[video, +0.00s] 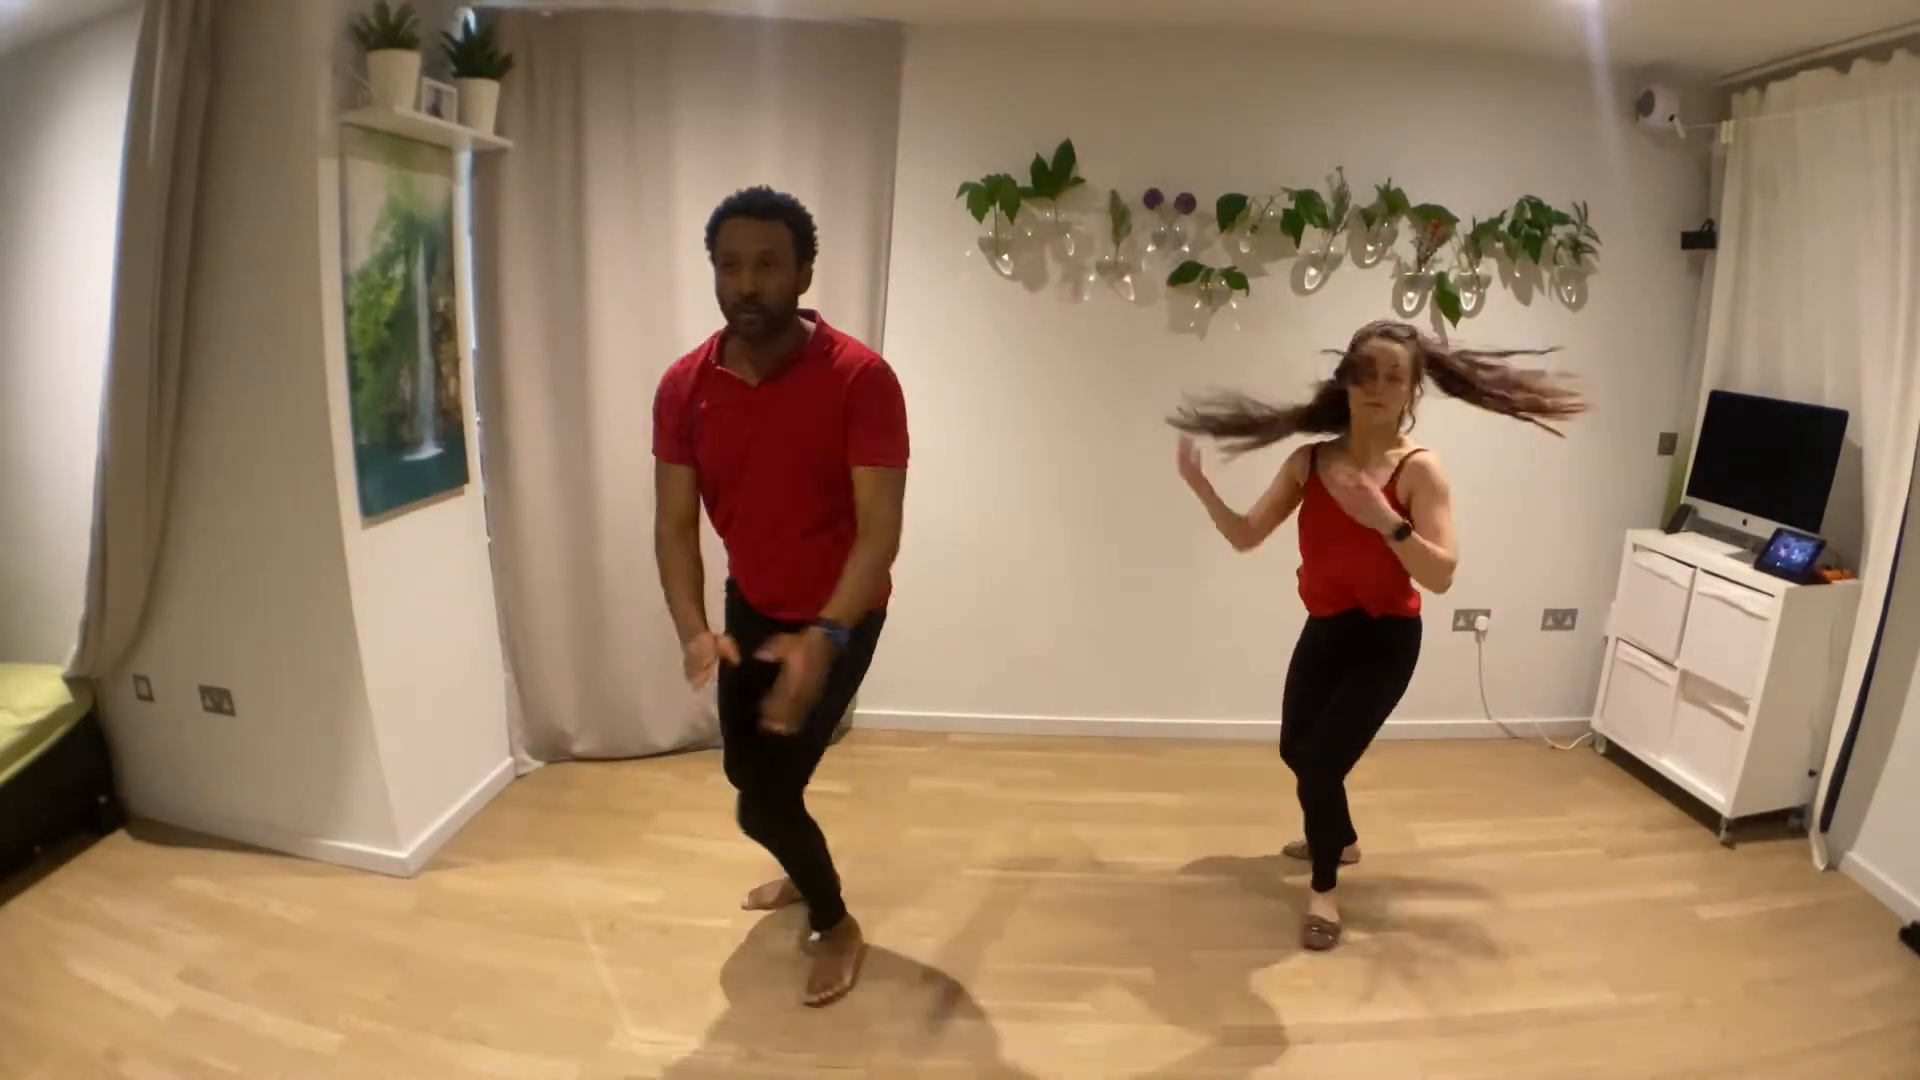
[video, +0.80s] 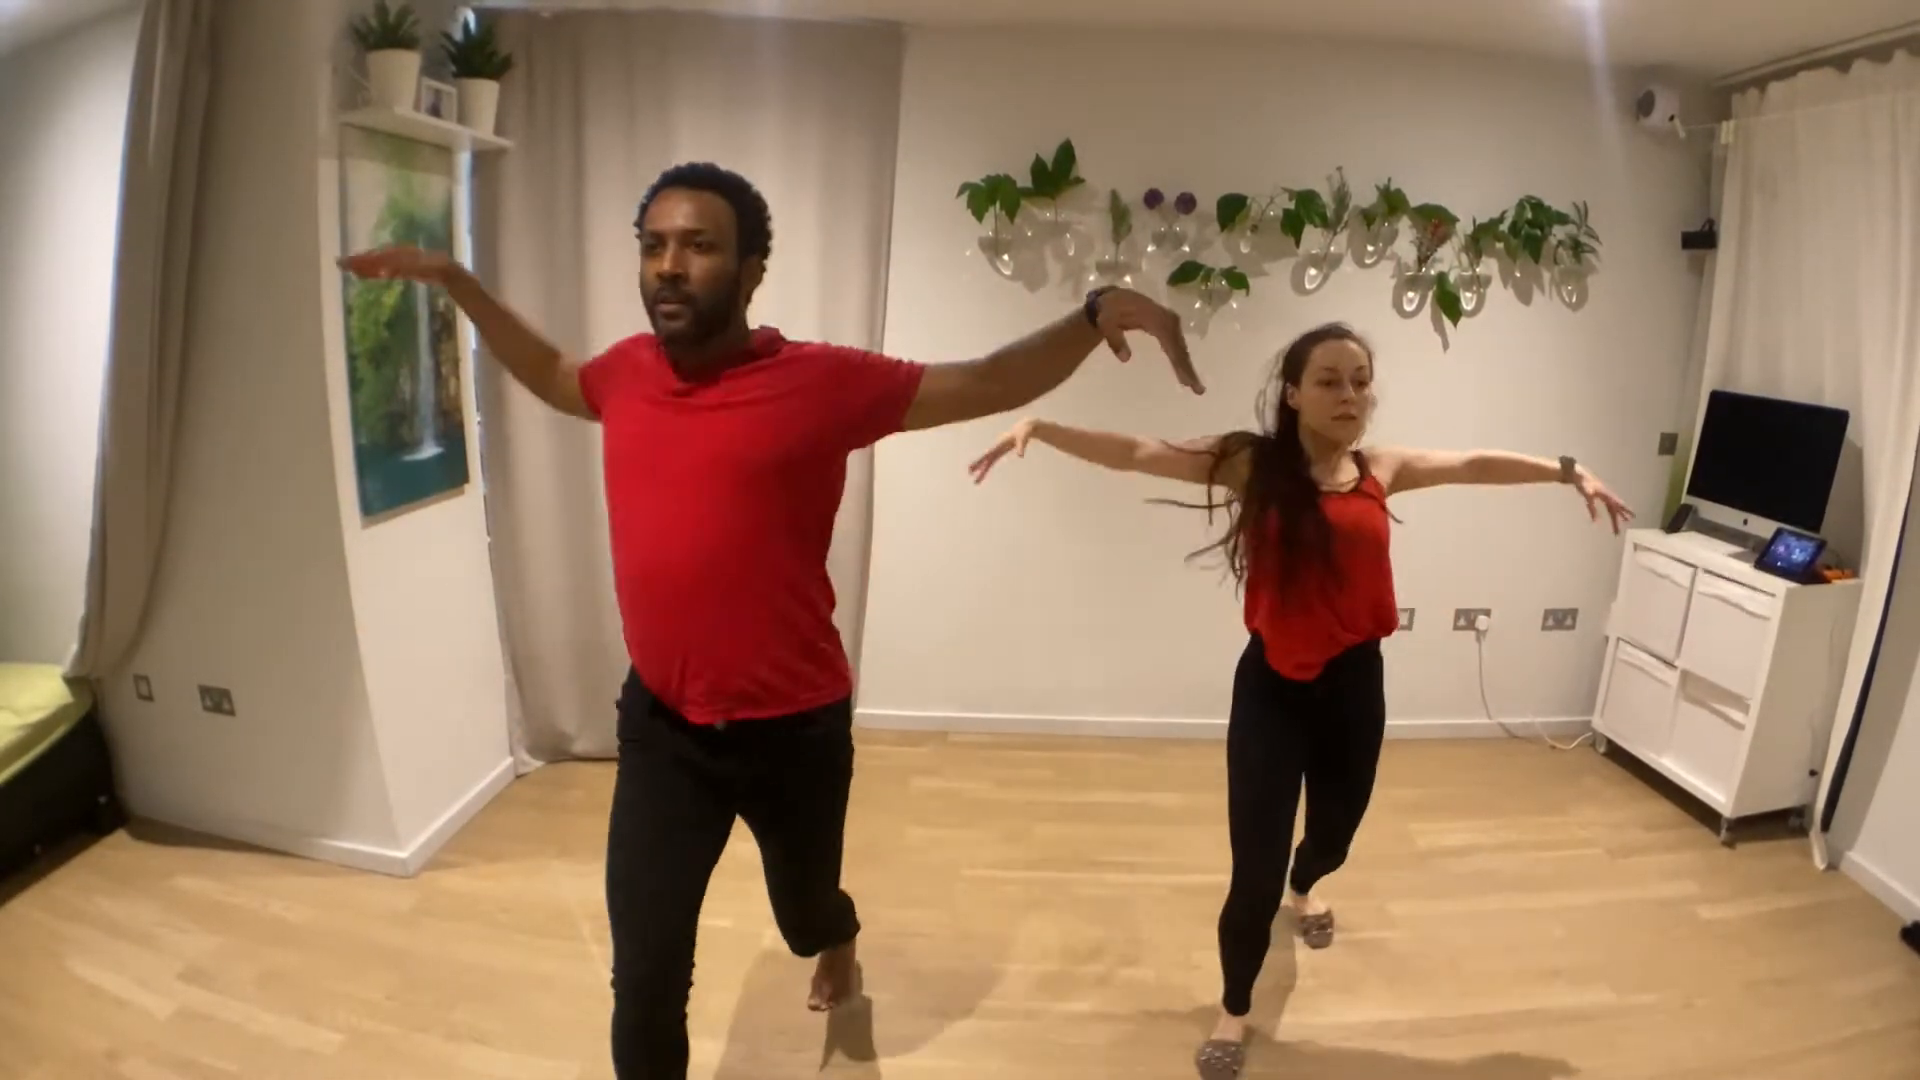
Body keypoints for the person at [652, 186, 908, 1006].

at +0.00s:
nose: (745, 285)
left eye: (768, 266)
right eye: (730, 265)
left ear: (805, 275)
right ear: (712, 273)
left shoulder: (859, 379)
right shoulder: (687, 386)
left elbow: (879, 533)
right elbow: (677, 525)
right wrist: (695, 628)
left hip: (843, 610)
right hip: (754, 601)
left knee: (767, 806)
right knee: (752, 772)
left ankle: (834, 929)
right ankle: (806, 870)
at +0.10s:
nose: (755, 274)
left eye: (777, 255)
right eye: (740, 254)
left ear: (818, 266)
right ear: (724, 264)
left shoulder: (869, 383)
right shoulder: (694, 381)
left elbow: (904, 524)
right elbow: (673, 525)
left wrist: (907, 662)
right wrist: (667, 672)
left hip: (845, 612)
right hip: (748, 602)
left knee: (800, 795)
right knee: (746, 780)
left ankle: (844, 927)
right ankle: (796, 850)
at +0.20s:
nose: (754, 270)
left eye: (778, 252)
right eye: (741, 250)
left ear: (822, 266)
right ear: (726, 260)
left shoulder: (876, 379)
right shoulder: (696, 378)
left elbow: (951, 515)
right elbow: (619, 503)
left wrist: (987, 653)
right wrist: (576, 637)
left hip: (849, 614)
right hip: (750, 606)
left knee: (809, 805)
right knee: (727, 806)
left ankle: (846, 938)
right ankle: (770, 925)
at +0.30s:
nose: (747, 271)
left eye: (771, 253)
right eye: (733, 252)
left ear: (816, 269)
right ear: (718, 263)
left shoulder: (877, 376)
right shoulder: (687, 369)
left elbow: (1009, 468)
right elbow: (557, 434)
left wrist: (1065, 584)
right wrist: (487, 531)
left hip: (852, 625)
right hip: (749, 620)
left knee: (819, 818)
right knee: (729, 831)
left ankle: (849, 940)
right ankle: (715, 1043)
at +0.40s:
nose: (737, 273)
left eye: (761, 255)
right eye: (723, 253)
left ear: (808, 273)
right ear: (708, 266)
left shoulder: (875, 367)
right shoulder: (676, 358)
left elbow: (1021, 396)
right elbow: (543, 351)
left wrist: (1109, 472)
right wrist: (439, 408)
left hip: (853, 637)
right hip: (744, 630)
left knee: (822, 826)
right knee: (720, 847)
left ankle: (849, 939)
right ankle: (689, 1067)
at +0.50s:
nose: (729, 270)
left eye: (753, 253)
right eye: (715, 251)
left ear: (800, 271)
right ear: (696, 262)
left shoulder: (867, 356)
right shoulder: (670, 340)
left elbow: (1009, 350)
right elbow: (557, 303)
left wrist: (1117, 364)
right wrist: (432, 317)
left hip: (845, 645)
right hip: (733, 638)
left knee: (818, 842)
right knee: (705, 862)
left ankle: (843, 939)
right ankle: (693, 1073)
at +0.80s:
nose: (666, 267)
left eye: (696, 246)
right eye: (652, 245)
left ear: (752, 269)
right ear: (636, 259)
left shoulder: (817, 383)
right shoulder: (622, 376)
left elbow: (984, 384)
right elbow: (552, 376)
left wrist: (1097, 316)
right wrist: (452, 281)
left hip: (794, 727)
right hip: (663, 723)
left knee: (805, 912)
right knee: (645, 981)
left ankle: (836, 956)